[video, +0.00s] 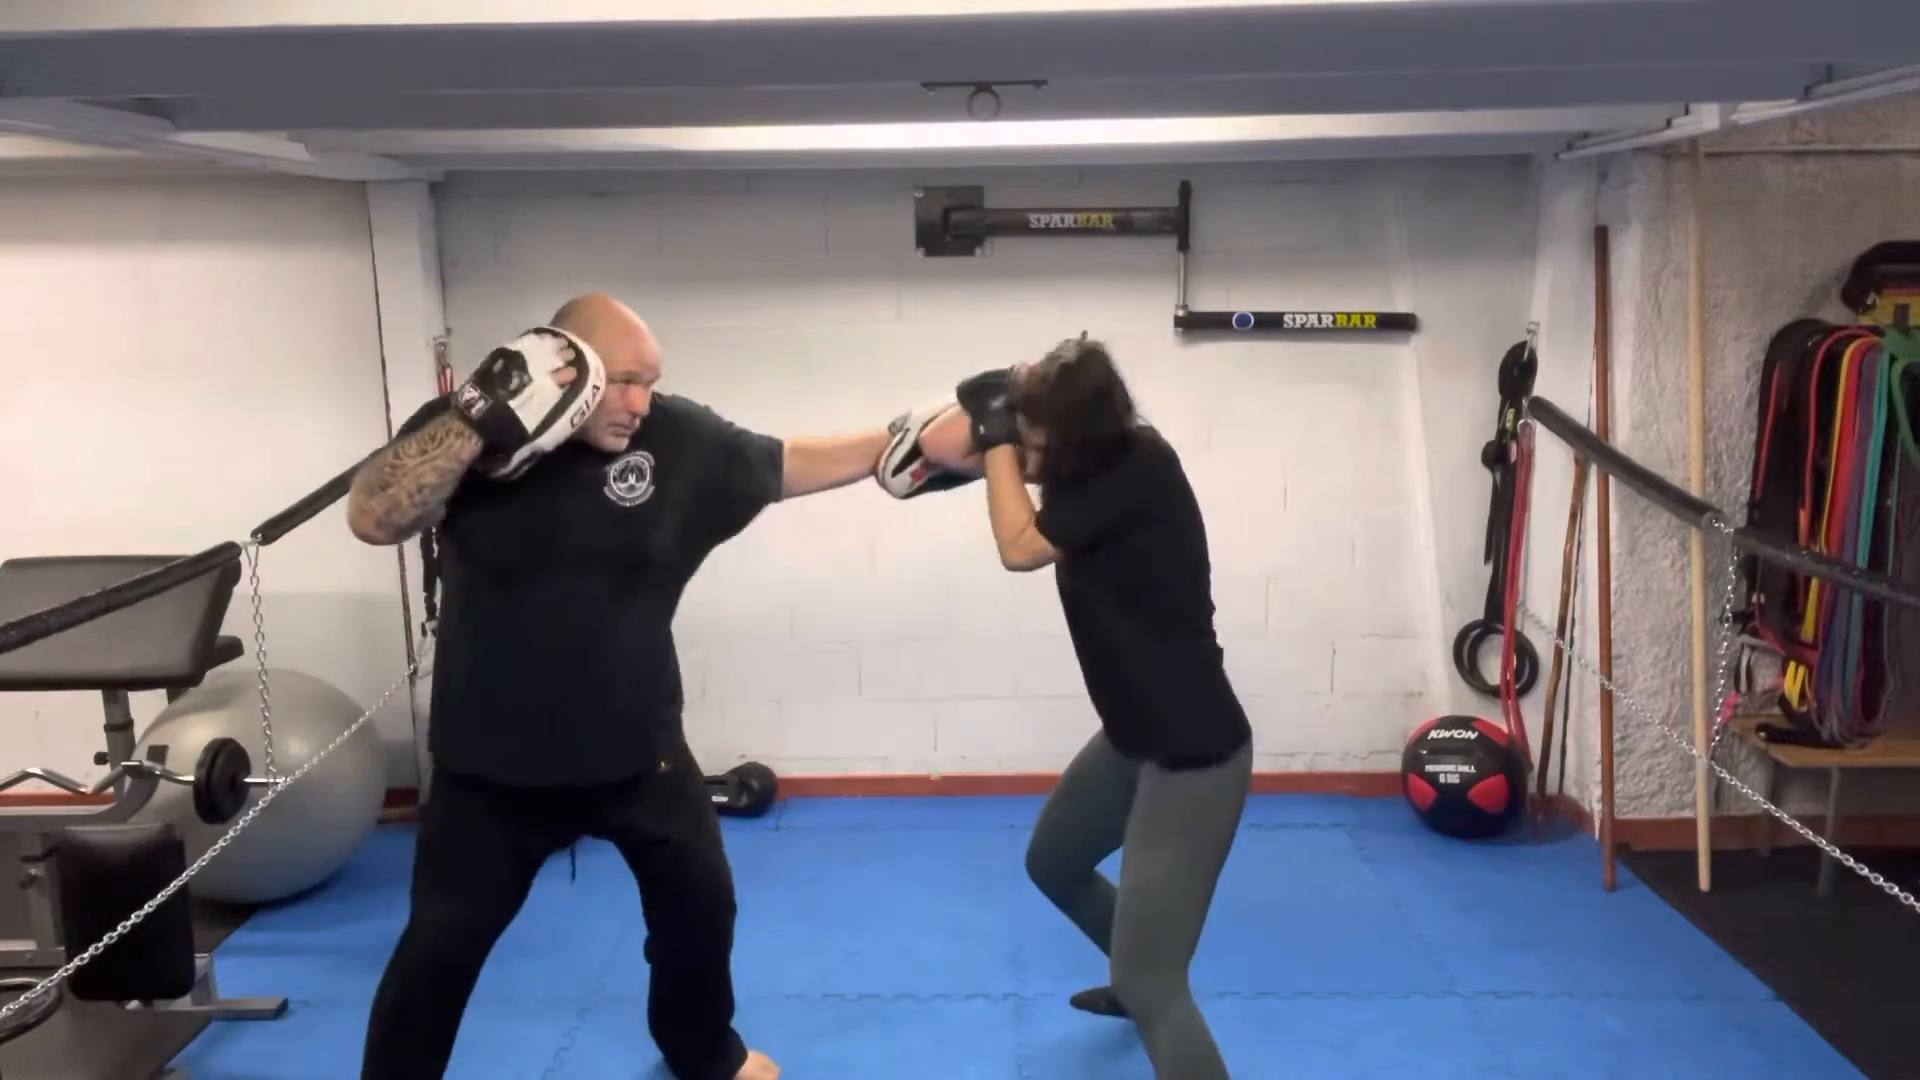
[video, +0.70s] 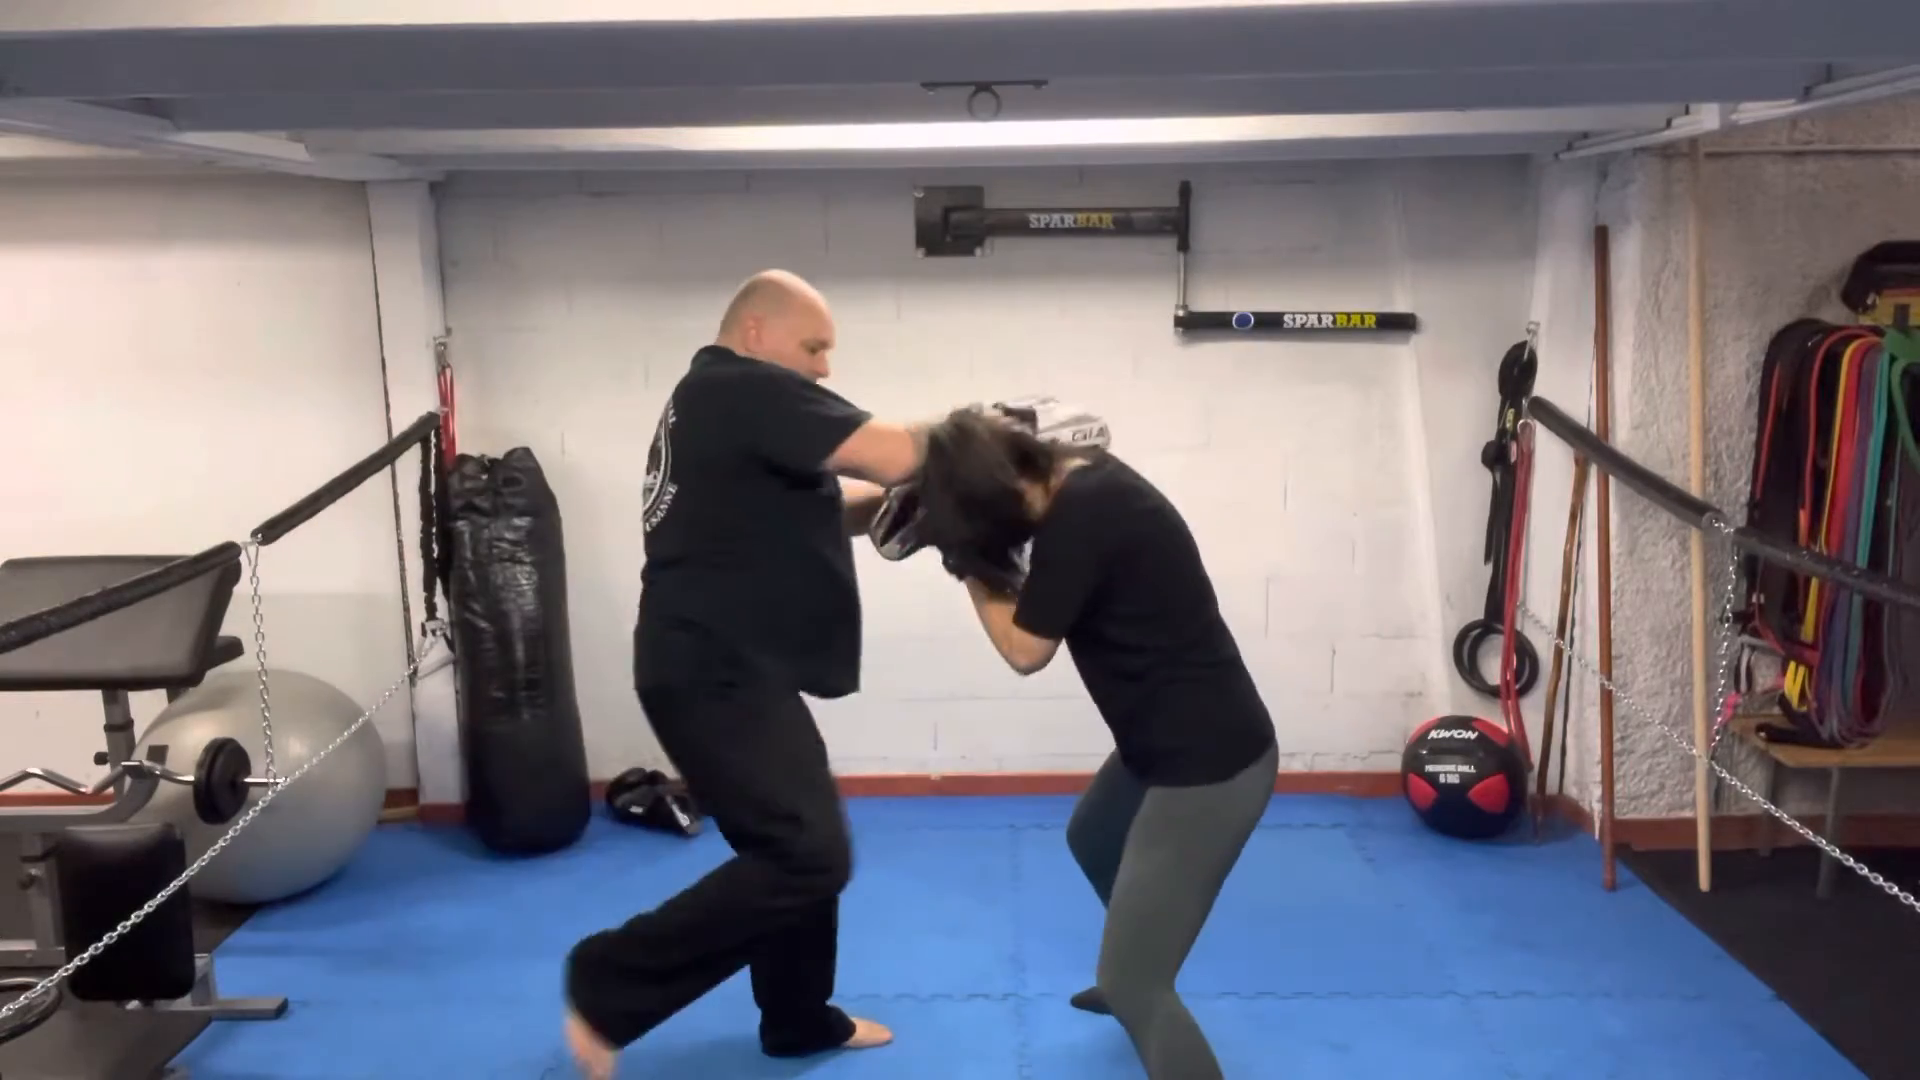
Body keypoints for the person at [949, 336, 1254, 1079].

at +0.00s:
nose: (1030, 451)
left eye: (1040, 439)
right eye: (1027, 436)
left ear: (1075, 434)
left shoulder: (1135, 472)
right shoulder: (1099, 461)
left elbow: (1019, 547)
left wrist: (996, 434)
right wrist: (1000, 429)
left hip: (1194, 756)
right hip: (1133, 737)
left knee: (1150, 985)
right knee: (1055, 862)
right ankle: (1143, 982)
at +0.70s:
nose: (991, 536)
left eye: (988, 528)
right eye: (980, 531)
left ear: (998, 498)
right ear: (1016, 454)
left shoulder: (1084, 513)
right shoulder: (1080, 482)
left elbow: (1025, 651)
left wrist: (965, 556)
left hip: (1213, 765)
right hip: (1163, 745)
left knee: (1133, 983)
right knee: (1093, 839)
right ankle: (1135, 982)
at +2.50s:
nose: (1042, 386)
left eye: (1052, 367)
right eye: (1042, 366)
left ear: (1101, 369)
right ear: (1122, 364)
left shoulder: (1159, 466)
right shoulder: (1187, 451)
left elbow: (1087, 614)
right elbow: (1155, 574)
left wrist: (1008, 522)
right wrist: (1071, 516)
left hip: (1182, 779)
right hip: (1218, 760)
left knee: (1065, 981)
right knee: (1170, 885)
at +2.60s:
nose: (1066, 383)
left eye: (1078, 366)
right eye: (1068, 365)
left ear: (1128, 369)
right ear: (1154, 364)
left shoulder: (1184, 464)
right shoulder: (1209, 448)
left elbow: (1126, 617)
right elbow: (1163, 564)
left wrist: (1040, 522)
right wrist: (1087, 503)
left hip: (1210, 763)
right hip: (1257, 740)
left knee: (1082, 967)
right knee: (1251, 897)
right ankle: (1382, 1036)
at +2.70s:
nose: (1104, 370)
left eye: (1117, 355)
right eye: (1108, 352)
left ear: (1162, 369)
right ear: (1191, 365)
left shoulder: (1208, 470)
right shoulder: (1238, 444)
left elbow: (1157, 614)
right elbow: (1184, 552)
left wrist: (1062, 523)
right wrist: (1106, 486)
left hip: (1239, 756)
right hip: (1292, 721)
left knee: (1114, 953)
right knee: (1286, 892)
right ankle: (1390, 1051)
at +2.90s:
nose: (1154, 330)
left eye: (1174, 319)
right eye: (1164, 313)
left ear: (1224, 345)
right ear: (1227, 346)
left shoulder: (1237, 454)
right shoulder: (1269, 432)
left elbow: (1177, 595)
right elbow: (1199, 556)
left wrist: (1097, 495)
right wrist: (1146, 455)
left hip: (1264, 748)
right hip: (1313, 721)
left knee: (1163, 941)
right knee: (1295, 887)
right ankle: (1394, 1050)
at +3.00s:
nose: (1151, 339)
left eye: (1166, 323)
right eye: (1155, 321)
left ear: (1216, 339)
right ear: (1222, 339)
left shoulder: (1238, 448)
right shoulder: (1278, 429)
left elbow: (1174, 588)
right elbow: (1204, 543)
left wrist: (1114, 477)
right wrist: (1157, 445)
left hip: (1263, 747)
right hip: (1314, 720)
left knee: (1170, 944)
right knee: (1293, 883)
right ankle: (1392, 1048)